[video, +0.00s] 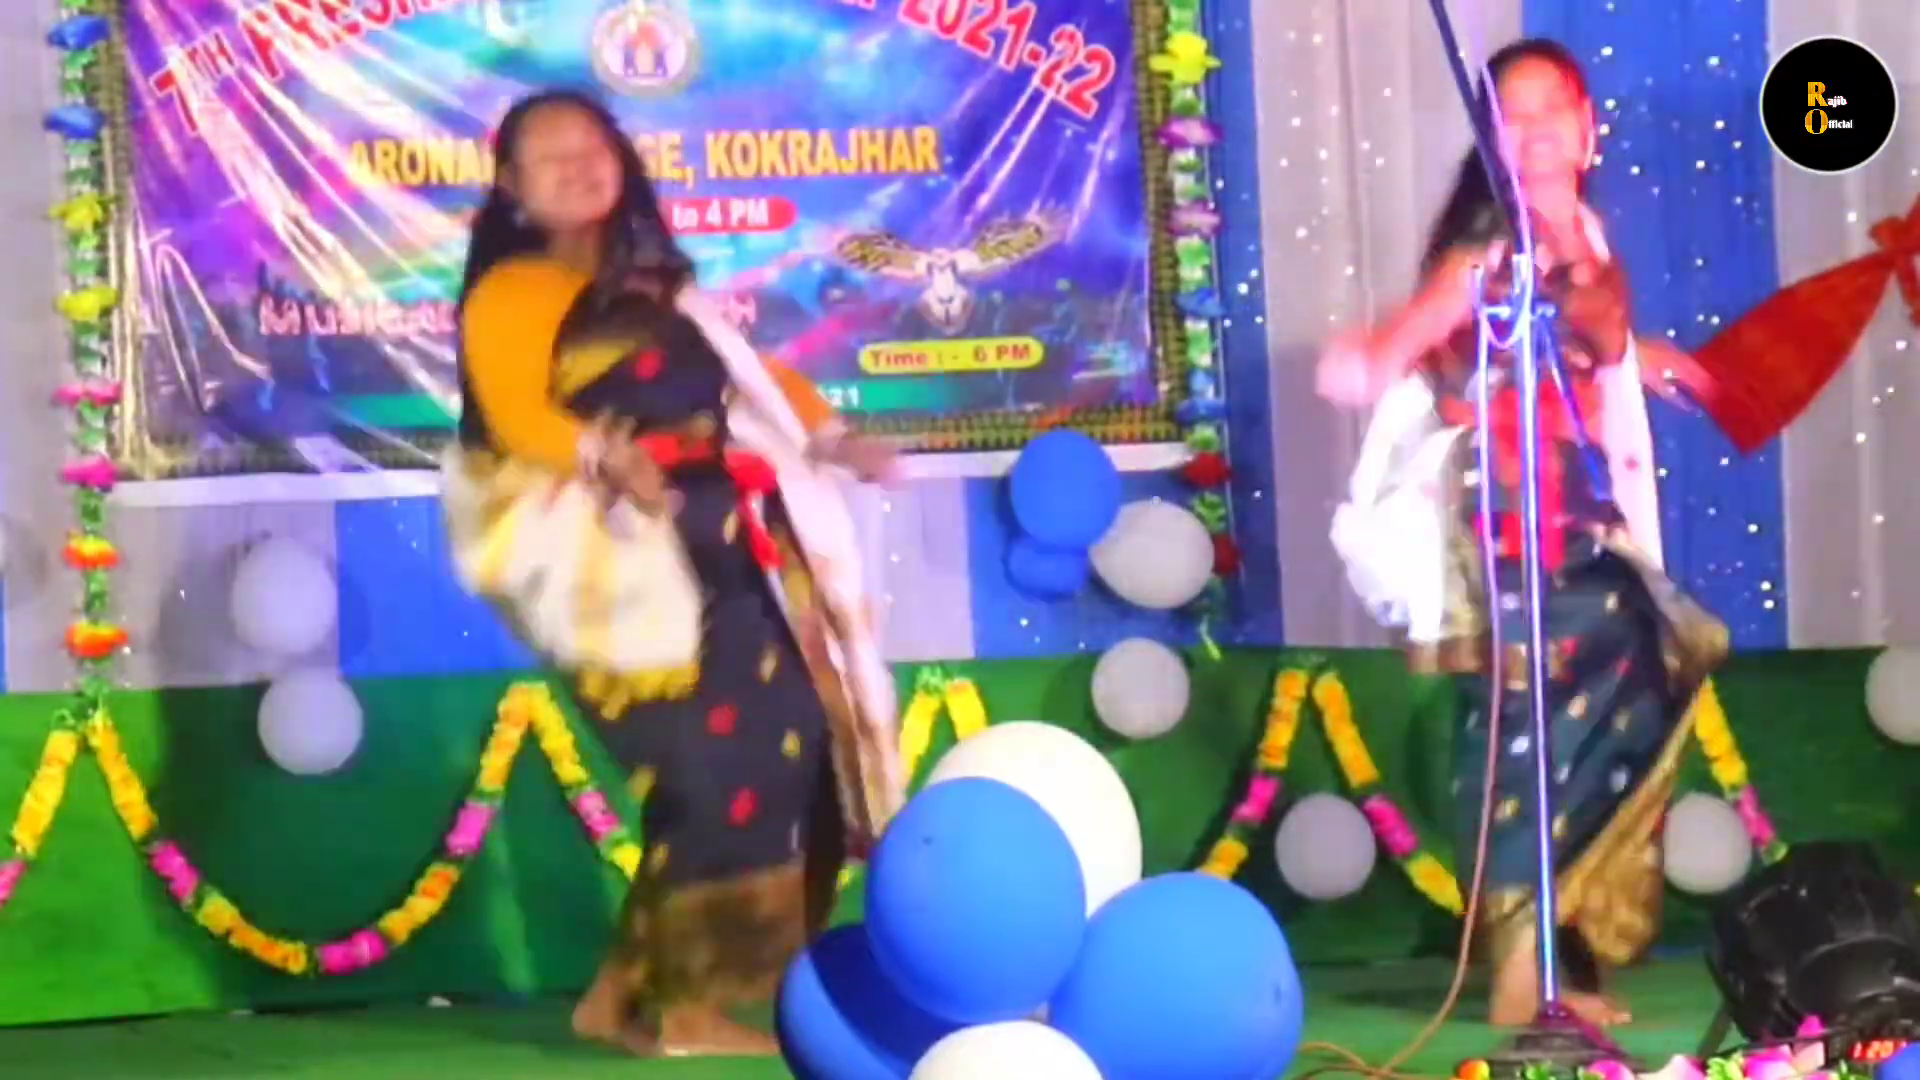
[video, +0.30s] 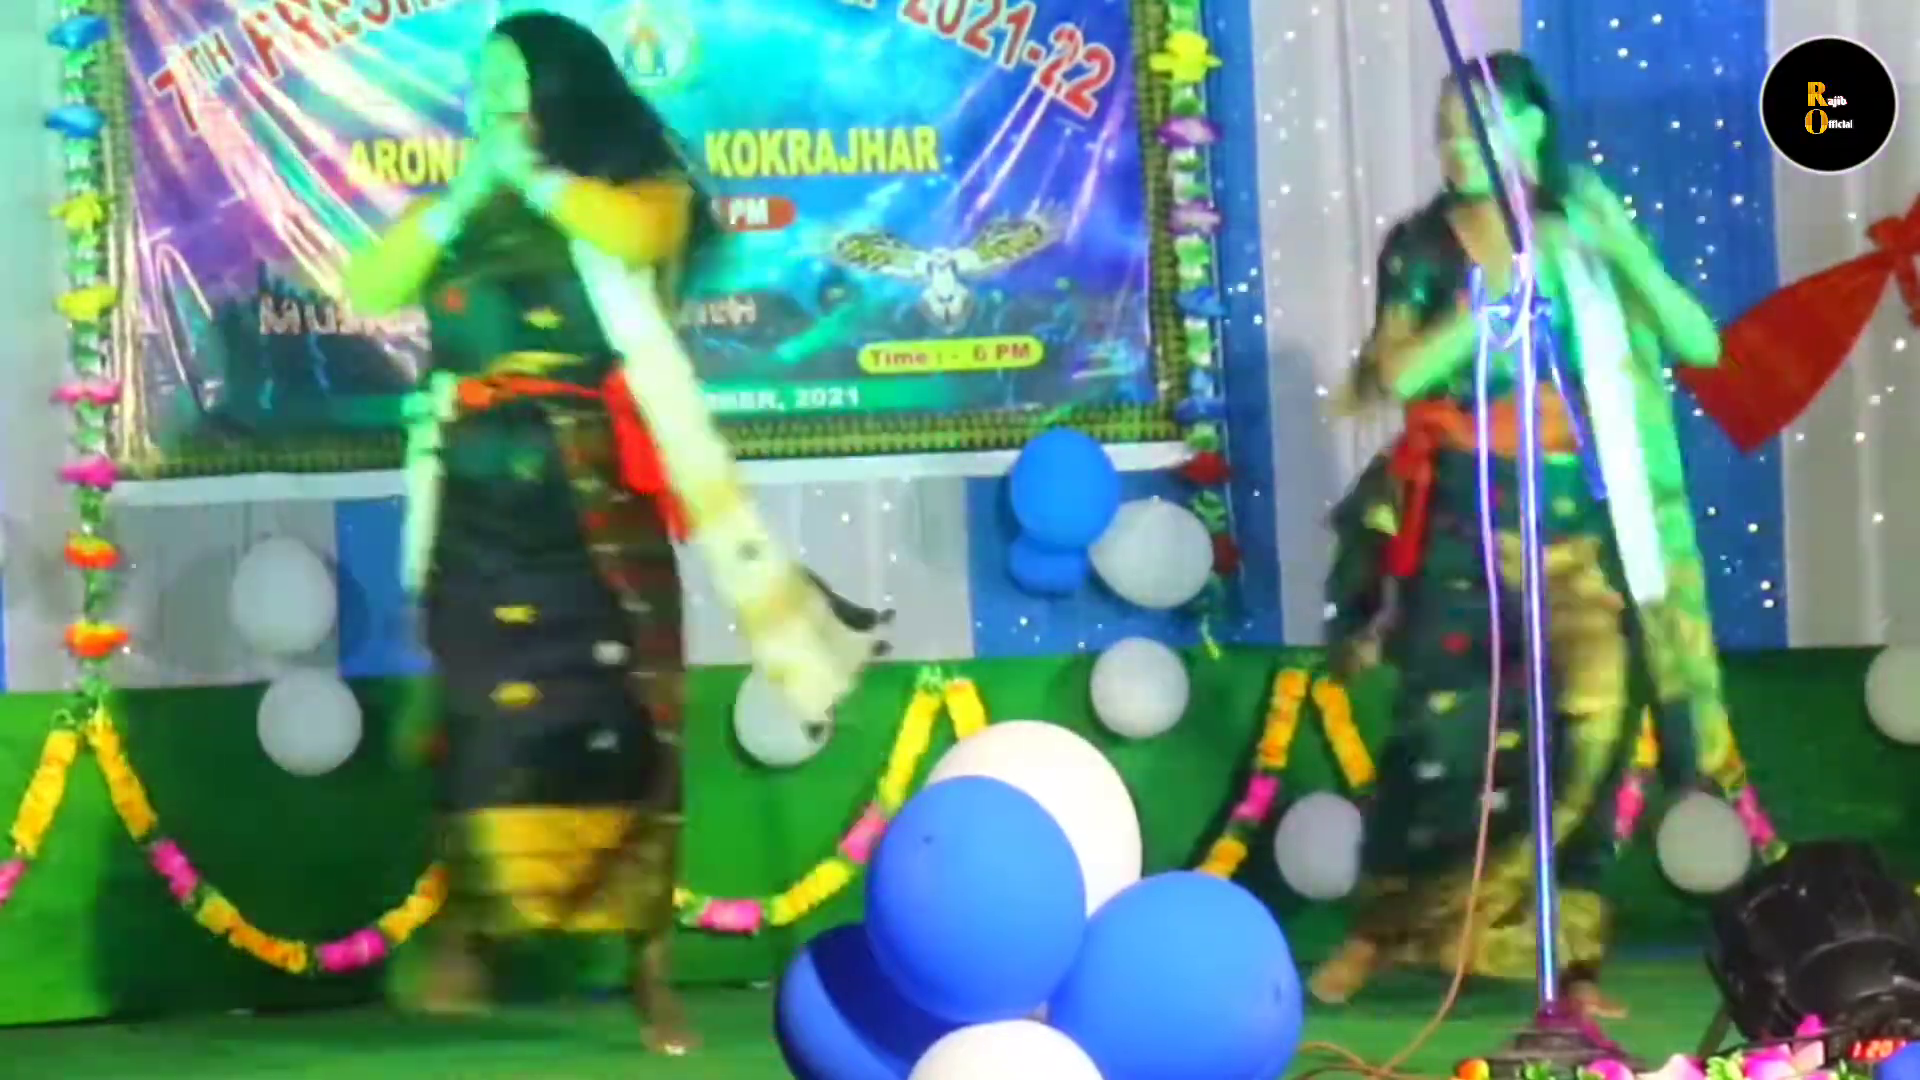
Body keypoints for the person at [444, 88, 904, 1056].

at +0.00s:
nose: (578, 174)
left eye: (592, 154)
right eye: (553, 162)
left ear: (623, 168)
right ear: (513, 186)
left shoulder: (649, 284)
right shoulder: (509, 295)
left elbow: (745, 374)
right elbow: (513, 419)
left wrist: (830, 435)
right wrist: (607, 455)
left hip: (711, 540)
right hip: (615, 553)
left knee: (769, 740)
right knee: (724, 749)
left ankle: (625, 988)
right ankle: (694, 1009)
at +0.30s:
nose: (491, 104)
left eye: (508, 84)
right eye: (485, 86)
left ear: (563, 89)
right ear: (476, 97)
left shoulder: (638, 191)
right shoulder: (459, 215)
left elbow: (642, 234)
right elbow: (368, 289)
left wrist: (534, 182)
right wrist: (456, 193)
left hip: (606, 490)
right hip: (481, 494)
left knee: (633, 721)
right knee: (481, 712)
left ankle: (650, 975)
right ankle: (466, 944)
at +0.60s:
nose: (407, 190)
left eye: (428, 171)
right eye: (404, 172)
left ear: (484, 183)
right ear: (404, 188)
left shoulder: (528, 294)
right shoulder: (402, 321)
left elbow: (546, 414)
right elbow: (316, 418)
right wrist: (225, 488)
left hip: (471, 571)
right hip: (362, 574)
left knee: (544, 786)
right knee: (338, 794)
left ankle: (631, 999)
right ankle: (321, 1033)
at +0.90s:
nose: (523, 125)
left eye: (529, 109)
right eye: (496, 108)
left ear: (546, 136)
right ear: (441, 134)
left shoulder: (598, 236)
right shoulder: (387, 270)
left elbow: (723, 290)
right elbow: (288, 367)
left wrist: (737, 191)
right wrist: (185, 274)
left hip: (572, 558)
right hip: (433, 557)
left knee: (609, 760)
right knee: (390, 770)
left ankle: (562, 1008)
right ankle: (330, 1009)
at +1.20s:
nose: (630, 145)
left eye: (620, 129)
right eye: (622, 130)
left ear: (511, 134)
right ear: (607, 143)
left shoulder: (483, 245)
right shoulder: (629, 250)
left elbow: (388, 208)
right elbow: (729, 348)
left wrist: (362, 176)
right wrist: (841, 299)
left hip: (539, 543)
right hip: (657, 538)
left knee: (579, 765)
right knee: (735, 728)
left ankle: (581, 994)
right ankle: (663, 915)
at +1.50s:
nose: (585, 135)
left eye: (603, 117)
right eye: (592, 114)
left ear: (649, 136)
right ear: (679, 139)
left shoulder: (662, 243)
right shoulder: (655, 240)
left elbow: (569, 286)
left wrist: (473, 227)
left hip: (699, 539)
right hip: (666, 538)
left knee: (694, 769)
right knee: (682, 765)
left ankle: (764, 1002)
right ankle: (754, 997)